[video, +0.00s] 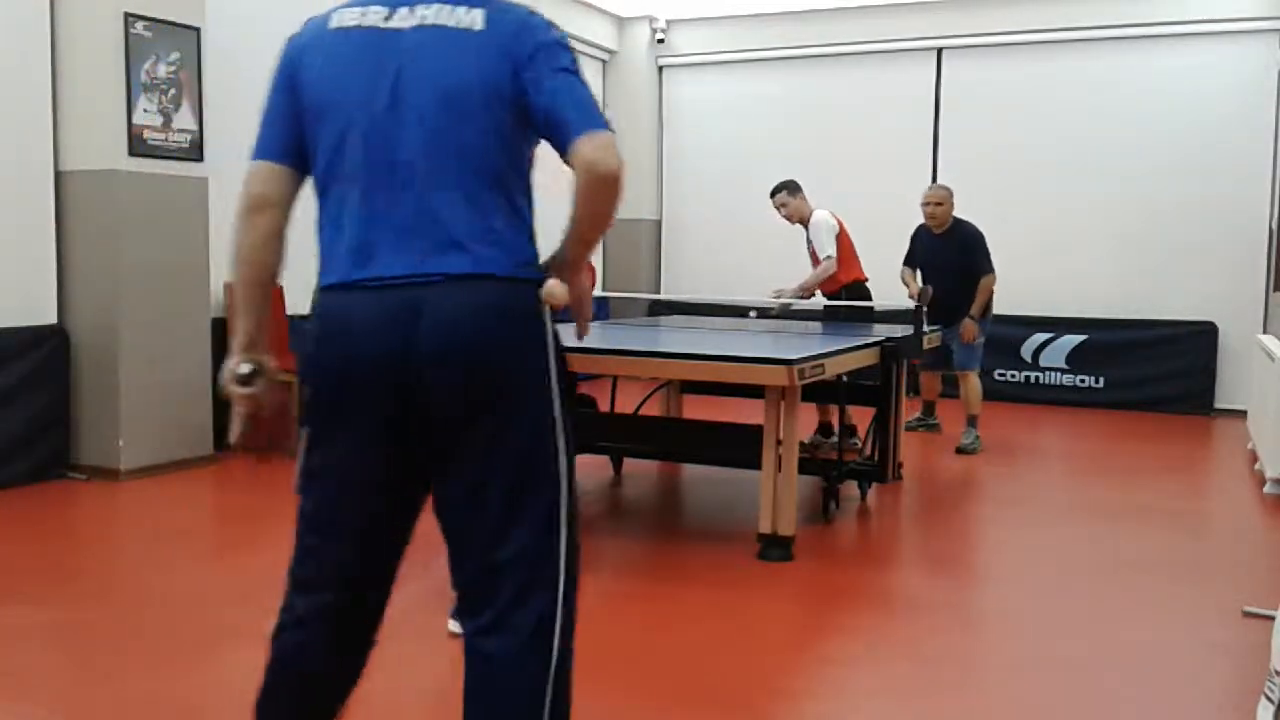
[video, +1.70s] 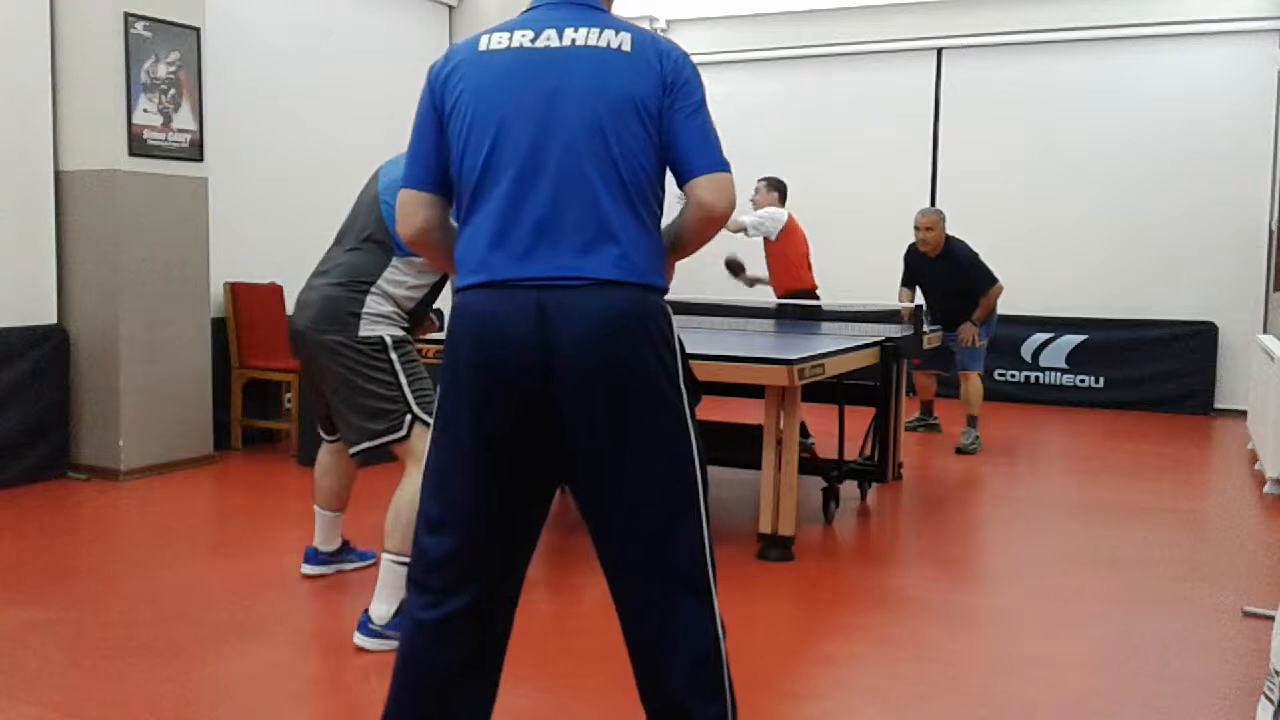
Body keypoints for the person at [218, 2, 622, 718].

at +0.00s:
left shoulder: (313, 42)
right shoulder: (516, 28)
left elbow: (262, 199)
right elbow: (600, 164)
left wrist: (246, 349)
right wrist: (570, 262)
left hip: (354, 332)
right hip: (491, 330)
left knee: (331, 592)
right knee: (515, 597)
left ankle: (287, 709)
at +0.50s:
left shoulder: (342, 53)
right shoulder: (536, 26)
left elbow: (296, 212)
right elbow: (598, 177)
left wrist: (357, 303)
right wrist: (564, 247)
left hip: (383, 328)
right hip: (515, 322)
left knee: (385, 589)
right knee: (571, 579)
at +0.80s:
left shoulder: (398, 69)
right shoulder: (588, 38)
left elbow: (361, 234)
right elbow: (651, 173)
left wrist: (435, 291)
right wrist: (611, 247)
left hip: (444, 335)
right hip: (572, 332)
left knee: (420, 595)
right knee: (633, 581)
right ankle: (686, 707)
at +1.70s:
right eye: (621, 11)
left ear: (532, 2)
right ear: (607, 3)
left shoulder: (456, 64)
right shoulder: (658, 56)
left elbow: (417, 221)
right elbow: (714, 199)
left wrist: (487, 270)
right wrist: (657, 252)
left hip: (489, 331)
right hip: (617, 331)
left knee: (456, 579)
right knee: (663, 572)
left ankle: (423, 715)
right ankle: (695, 712)